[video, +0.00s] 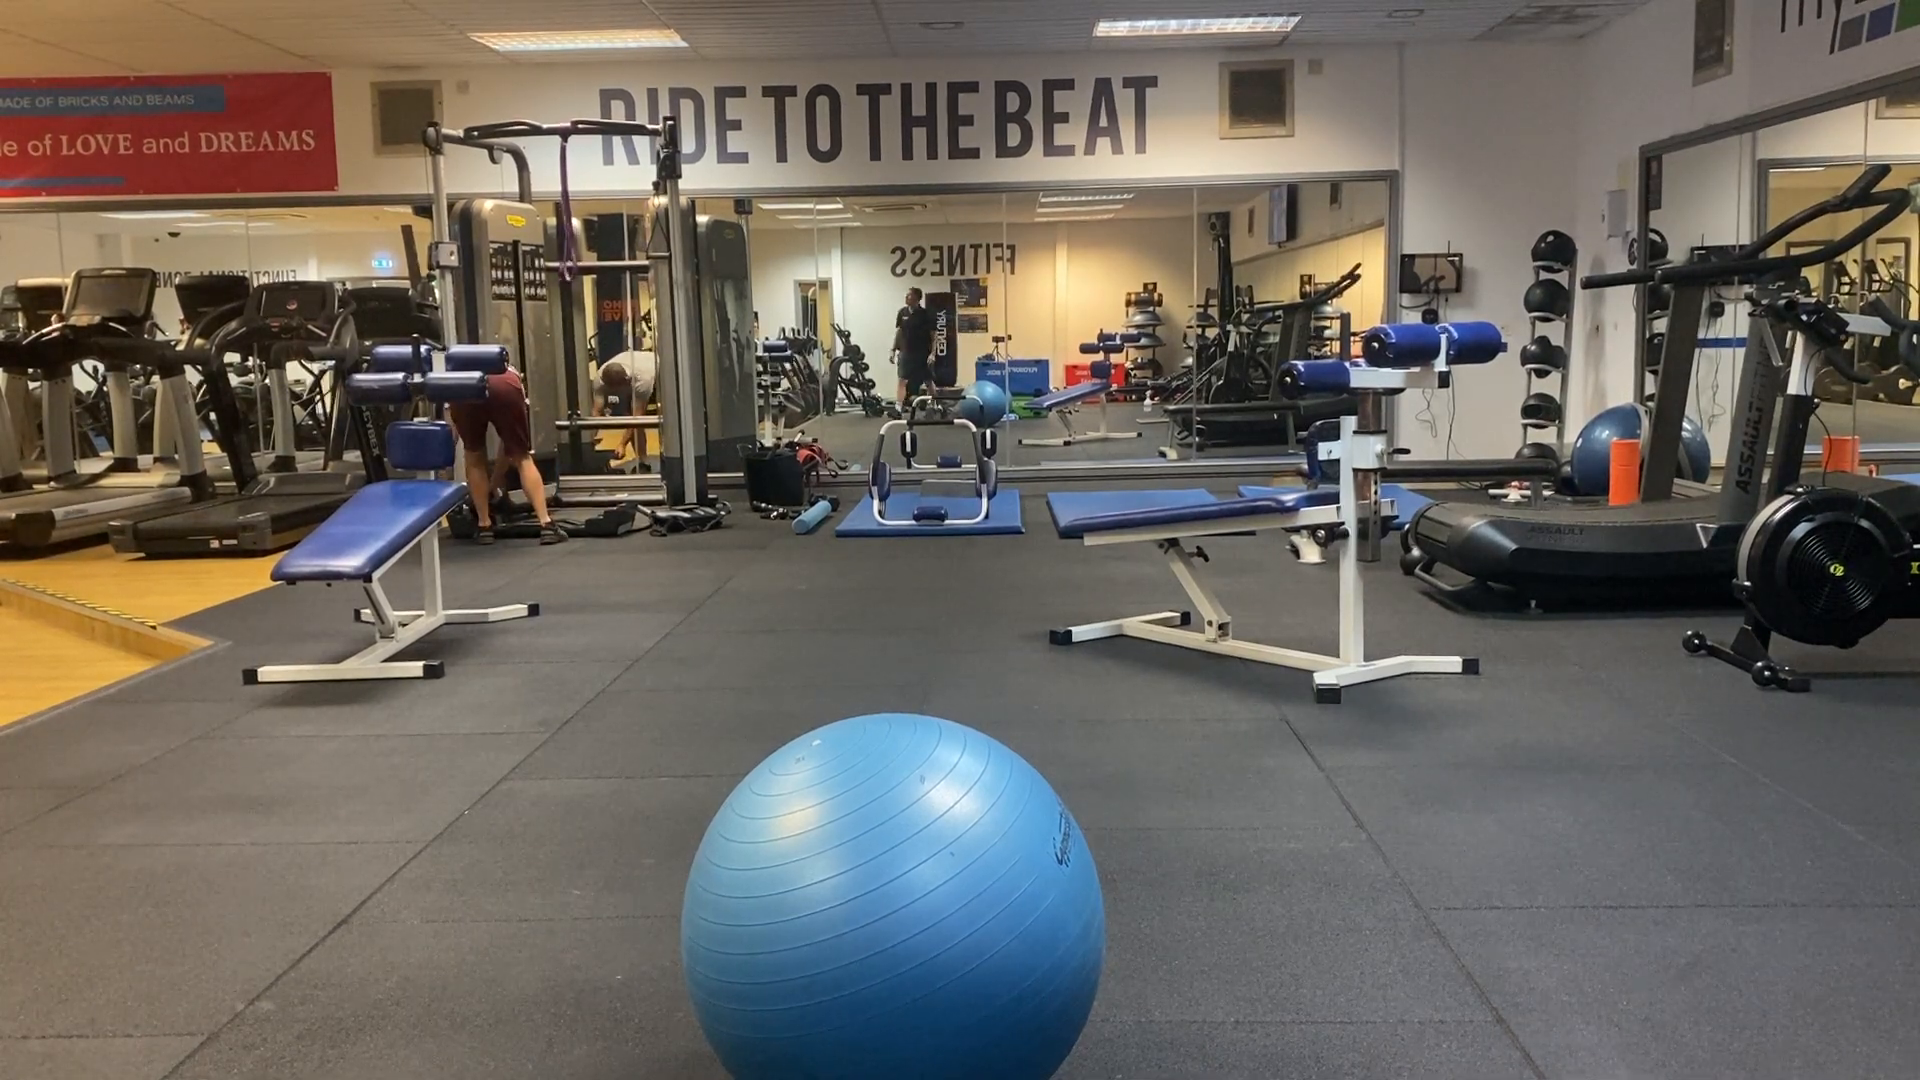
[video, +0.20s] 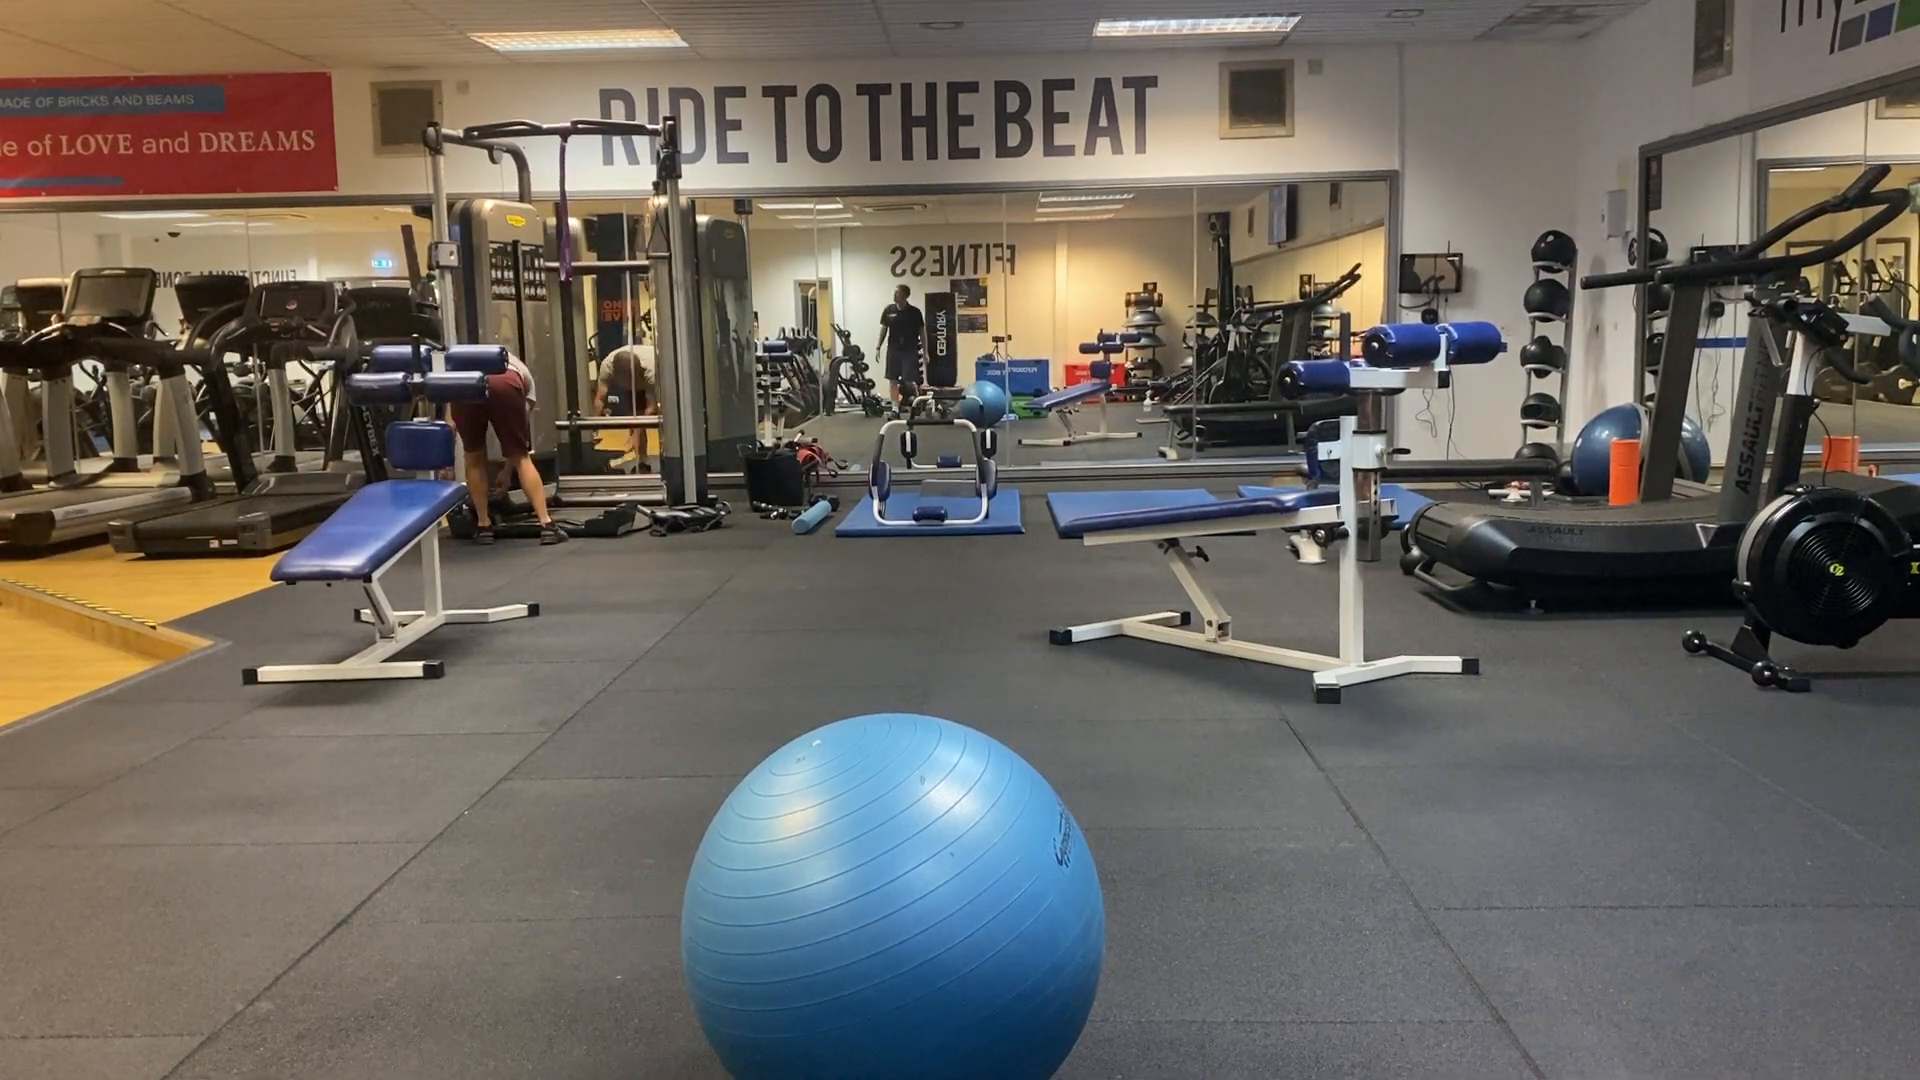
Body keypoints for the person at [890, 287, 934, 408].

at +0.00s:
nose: (906, 297)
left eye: (909, 295)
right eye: (906, 295)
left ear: (917, 298)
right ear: (907, 297)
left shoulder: (927, 313)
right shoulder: (902, 312)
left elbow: (933, 335)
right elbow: (899, 332)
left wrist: (933, 353)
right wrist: (893, 349)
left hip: (922, 353)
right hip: (905, 353)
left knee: (929, 382)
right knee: (902, 380)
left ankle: (935, 406)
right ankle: (899, 408)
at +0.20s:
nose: (895, 295)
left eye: (898, 293)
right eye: (895, 293)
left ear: (905, 296)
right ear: (895, 294)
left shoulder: (915, 312)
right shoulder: (889, 310)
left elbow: (922, 332)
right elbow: (884, 329)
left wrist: (925, 353)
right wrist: (878, 348)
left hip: (910, 352)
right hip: (893, 351)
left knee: (909, 381)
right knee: (893, 381)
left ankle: (916, 406)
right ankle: (895, 409)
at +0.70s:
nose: (894, 297)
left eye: (895, 294)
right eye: (892, 294)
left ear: (897, 296)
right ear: (885, 294)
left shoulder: (901, 313)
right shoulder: (874, 310)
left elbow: (905, 335)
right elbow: (867, 330)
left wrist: (905, 354)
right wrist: (863, 348)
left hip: (894, 351)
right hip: (877, 350)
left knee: (888, 382)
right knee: (872, 381)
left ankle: (883, 410)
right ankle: (879, 402)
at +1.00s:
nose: (895, 297)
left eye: (896, 295)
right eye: (892, 294)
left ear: (895, 296)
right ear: (884, 294)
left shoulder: (898, 313)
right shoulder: (872, 310)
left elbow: (902, 334)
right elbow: (863, 330)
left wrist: (905, 351)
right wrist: (859, 349)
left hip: (891, 352)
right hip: (874, 351)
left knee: (887, 383)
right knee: (874, 382)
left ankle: (883, 411)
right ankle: (873, 413)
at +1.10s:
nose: (896, 298)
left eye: (897, 296)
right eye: (894, 295)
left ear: (896, 297)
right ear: (885, 294)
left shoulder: (897, 314)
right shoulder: (872, 310)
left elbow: (901, 335)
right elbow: (864, 330)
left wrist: (905, 354)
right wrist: (860, 350)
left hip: (891, 352)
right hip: (874, 351)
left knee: (891, 387)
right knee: (876, 382)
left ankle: (883, 409)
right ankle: (874, 414)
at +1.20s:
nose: (899, 297)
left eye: (900, 295)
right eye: (897, 294)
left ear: (900, 296)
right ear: (888, 293)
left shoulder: (899, 313)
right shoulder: (875, 309)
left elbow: (901, 335)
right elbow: (866, 328)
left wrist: (904, 355)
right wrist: (864, 349)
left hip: (892, 352)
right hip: (876, 351)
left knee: (898, 385)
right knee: (876, 383)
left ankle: (883, 404)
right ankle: (874, 414)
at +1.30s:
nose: (906, 298)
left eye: (907, 296)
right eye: (904, 295)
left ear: (904, 296)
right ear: (895, 293)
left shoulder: (902, 313)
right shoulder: (880, 307)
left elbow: (903, 336)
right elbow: (870, 324)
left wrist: (908, 355)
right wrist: (871, 343)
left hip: (895, 350)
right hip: (878, 349)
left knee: (904, 380)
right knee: (876, 384)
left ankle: (892, 409)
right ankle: (875, 414)